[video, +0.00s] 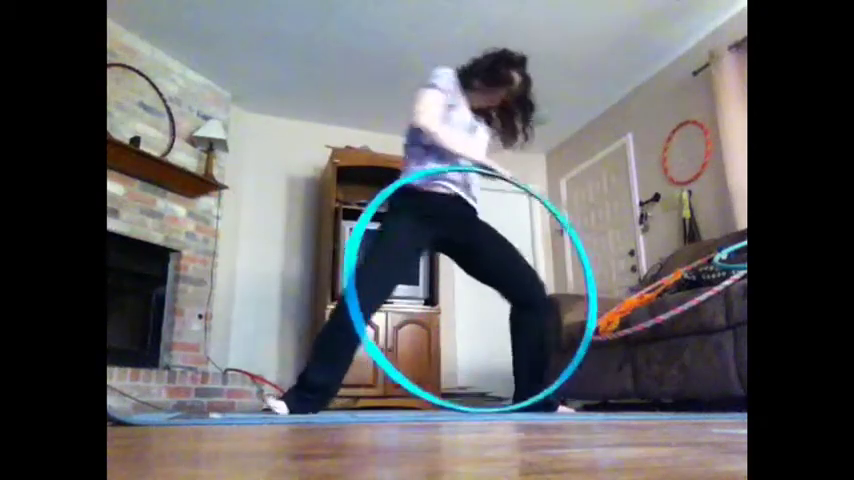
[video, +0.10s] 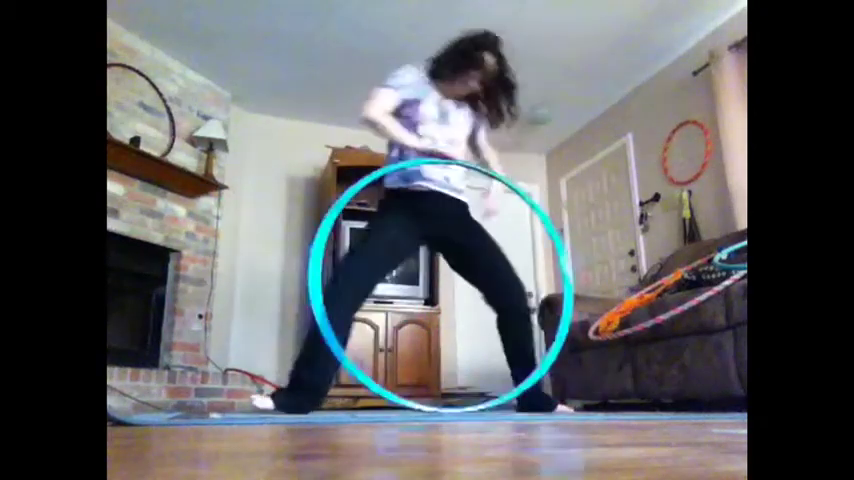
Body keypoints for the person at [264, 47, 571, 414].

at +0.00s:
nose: (492, 107)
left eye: (499, 104)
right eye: (494, 98)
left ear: (502, 102)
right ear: (485, 79)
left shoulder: (482, 125)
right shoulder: (444, 83)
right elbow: (425, 122)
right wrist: (478, 153)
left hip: (459, 216)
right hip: (414, 207)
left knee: (531, 293)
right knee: (360, 301)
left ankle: (535, 402)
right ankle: (301, 401)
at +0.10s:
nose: (472, 87)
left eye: (480, 84)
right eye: (472, 76)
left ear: (483, 86)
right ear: (459, 62)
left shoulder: (469, 110)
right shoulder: (413, 78)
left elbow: (484, 148)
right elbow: (374, 110)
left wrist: (497, 184)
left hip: (454, 213)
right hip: (405, 206)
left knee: (511, 296)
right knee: (345, 290)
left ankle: (531, 397)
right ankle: (300, 396)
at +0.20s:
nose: (456, 71)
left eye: (465, 68)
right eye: (453, 60)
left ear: (470, 73)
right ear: (435, 52)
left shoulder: (458, 104)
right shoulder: (392, 81)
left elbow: (498, 144)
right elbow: (345, 113)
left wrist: (506, 172)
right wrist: (384, 143)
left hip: (445, 210)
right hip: (393, 208)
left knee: (499, 293)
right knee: (334, 288)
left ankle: (533, 397)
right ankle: (298, 395)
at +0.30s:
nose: (433, 63)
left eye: (442, 58)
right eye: (429, 52)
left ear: (449, 64)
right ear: (412, 47)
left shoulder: (444, 97)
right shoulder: (373, 85)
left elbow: (489, 118)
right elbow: (322, 117)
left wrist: (509, 149)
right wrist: (347, 139)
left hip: (437, 209)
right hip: (384, 209)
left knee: (489, 296)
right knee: (324, 286)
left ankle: (531, 398)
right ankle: (297, 395)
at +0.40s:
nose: (399, 54)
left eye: (408, 48)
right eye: (391, 45)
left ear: (418, 54)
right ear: (374, 46)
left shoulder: (423, 90)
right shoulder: (346, 95)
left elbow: (471, 96)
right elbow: (295, 124)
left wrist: (505, 117)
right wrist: (287, 142)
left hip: (426, 207)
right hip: (374, 214)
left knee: (475, 297)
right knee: (312, 281)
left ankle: (531, 400)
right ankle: (291, 397)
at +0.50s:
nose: (375, 58)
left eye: (384, 51)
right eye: (367, 49)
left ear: (395, 56)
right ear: (351, 50)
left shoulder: (409, 88)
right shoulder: (329, 104)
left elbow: (458, 89)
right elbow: (280, 136)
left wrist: (504, 101)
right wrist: (260, 156)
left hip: (418, 209)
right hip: (368, 218)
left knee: (470, 303)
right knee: (302, 279)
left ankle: (537, 402)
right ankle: (289, 400)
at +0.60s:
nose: (345, 51)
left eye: (355, 45)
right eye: (337, 43)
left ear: (369, 54)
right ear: (321, 50)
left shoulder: (387, 88)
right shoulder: (305, 113)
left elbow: (448, 89)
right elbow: (267, 153)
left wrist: (491, 68)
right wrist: (242, 175)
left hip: (408, 211)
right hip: (356, 222)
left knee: (462, 299)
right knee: (290, 278)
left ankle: (541, 399)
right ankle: (284, 402)